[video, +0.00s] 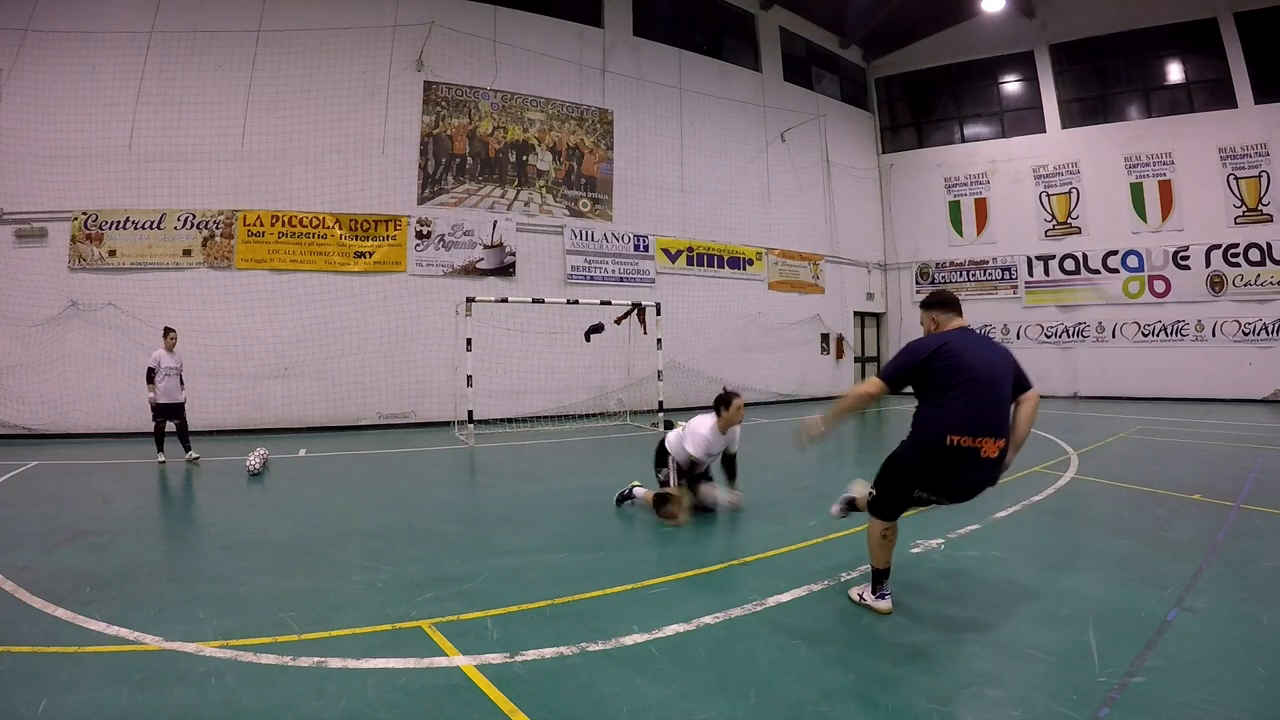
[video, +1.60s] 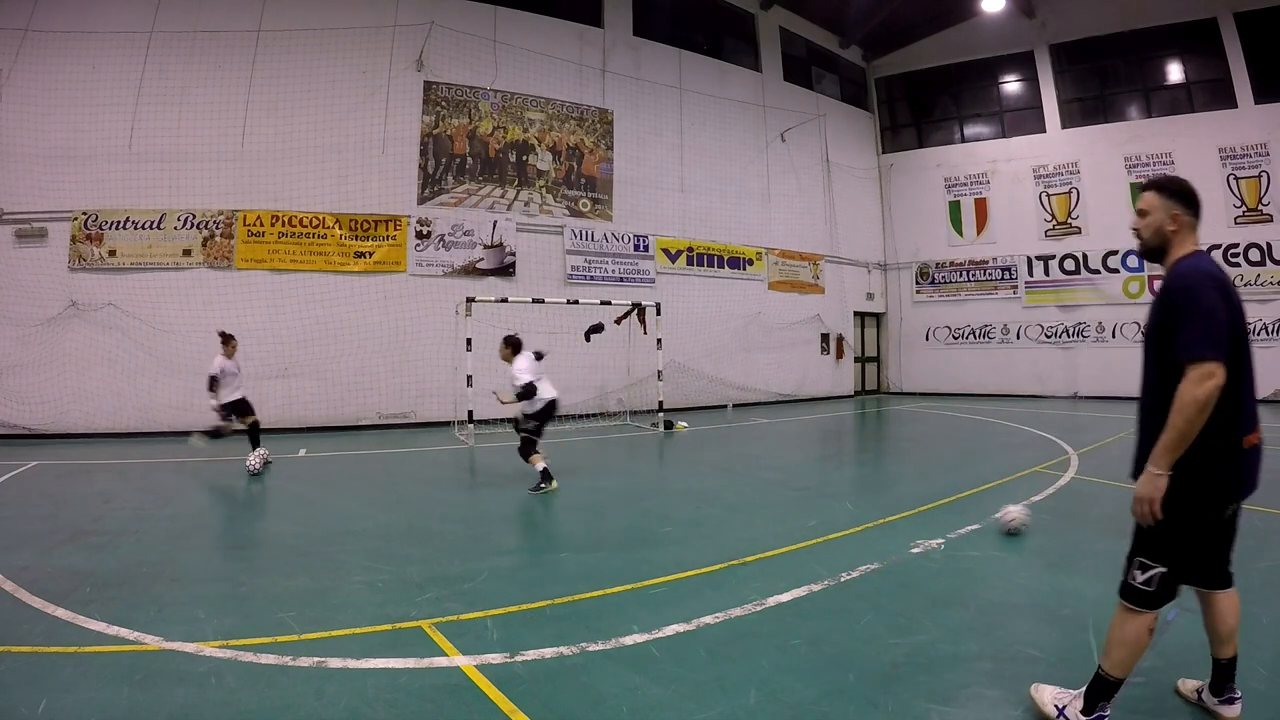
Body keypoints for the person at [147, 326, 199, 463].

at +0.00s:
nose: (174, 341)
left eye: (175, 339)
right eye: (171, 339)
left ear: (176, 340)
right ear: (164, 339)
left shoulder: (177, 357)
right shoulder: (157, 355)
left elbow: (180, 376)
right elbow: (150, 375)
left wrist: (183, 392)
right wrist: (151, 394)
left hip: (177, 399)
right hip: (161, 399)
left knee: (182, 426)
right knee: (160, 427)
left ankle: (188, 452)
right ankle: (160, 452)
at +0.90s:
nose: (194, 344)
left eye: (195, 341)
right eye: (191, 341)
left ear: (195, 342)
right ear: (183, 341)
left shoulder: (194, 358)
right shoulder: (175, 355)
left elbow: (195, 376)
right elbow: (162, 372)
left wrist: (195, 389)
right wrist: (156, 389)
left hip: (187, 399)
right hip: (172, 398)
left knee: (182, 426)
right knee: (173, 424)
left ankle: (177, 452)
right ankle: (163, 451)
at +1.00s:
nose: (199, 345)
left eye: (200, 342)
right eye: (196, 342)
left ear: (199, 343)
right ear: (189, 342)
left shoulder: (199, 359)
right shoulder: (179, 355)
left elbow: (201, 376)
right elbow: (165, 369)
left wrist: (200, 388)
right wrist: (153, 385)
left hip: (190, 397)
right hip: (175, 395)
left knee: (185, 424)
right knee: (181, 421)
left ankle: (178, 450)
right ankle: (173, 450)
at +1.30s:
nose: (214, 350)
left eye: (215, 347)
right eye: (212, 347)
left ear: (214, 347)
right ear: (203, 346)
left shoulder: (214, 362)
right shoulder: (191, 360)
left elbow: (215, 378)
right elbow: (179, 376)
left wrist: (210, 389)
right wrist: (169, 392)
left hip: (203, 397)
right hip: (188, 395)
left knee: (206, 426)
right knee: (190, 424)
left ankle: (192, 440)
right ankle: (181, 453)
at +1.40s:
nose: (220, 348)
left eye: (221, 345)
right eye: (218, 345)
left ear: (221, 346)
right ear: (210, 346)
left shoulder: (218, 360)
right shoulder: (201, 361)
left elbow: (213, 378)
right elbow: (192, 380)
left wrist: (212, 393)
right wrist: (195, 394)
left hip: (212, 400)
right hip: (197, 403)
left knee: (225, 420)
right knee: (191, 428)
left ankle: (220, 449)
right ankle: (181, 454)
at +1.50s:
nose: (227, 345)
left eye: (228, 342)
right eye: (225, 342)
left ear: (227, 342)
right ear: (217, 342)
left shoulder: (225, 356)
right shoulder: (212, 357)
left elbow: (221, 379)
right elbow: (202, 378)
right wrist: (203, 398)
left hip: (227, 398)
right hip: (212, 400)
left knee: (241, 419)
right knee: (198, 425)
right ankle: (180, 446)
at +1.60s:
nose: (235, 349)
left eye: (235, 347)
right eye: (232, 347)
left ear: (235, 347)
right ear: (224, 347)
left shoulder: (234, 361)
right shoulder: (219, 361)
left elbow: (233, 381)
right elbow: (212, 381)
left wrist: (238, 396)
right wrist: (213, 400)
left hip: (238, 398)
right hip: (225, 401)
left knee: (253, 423)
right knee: (227, 428)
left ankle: (258, 454)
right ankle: (204, 435)